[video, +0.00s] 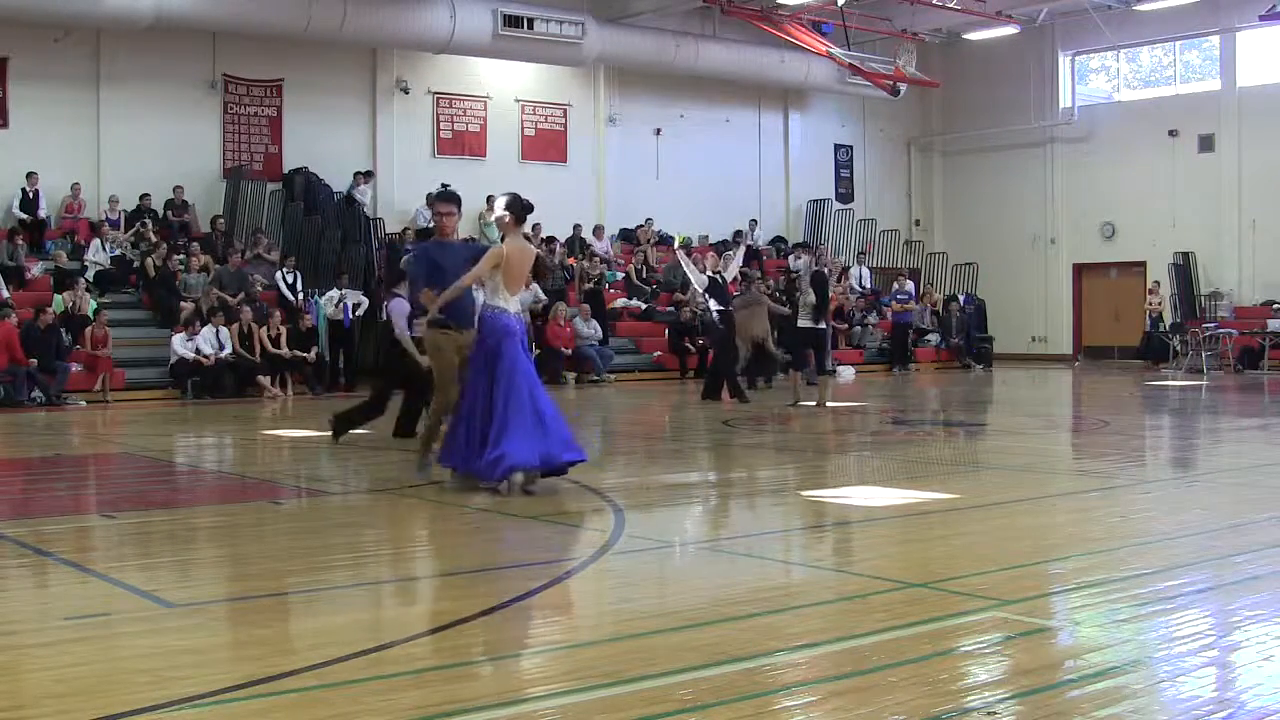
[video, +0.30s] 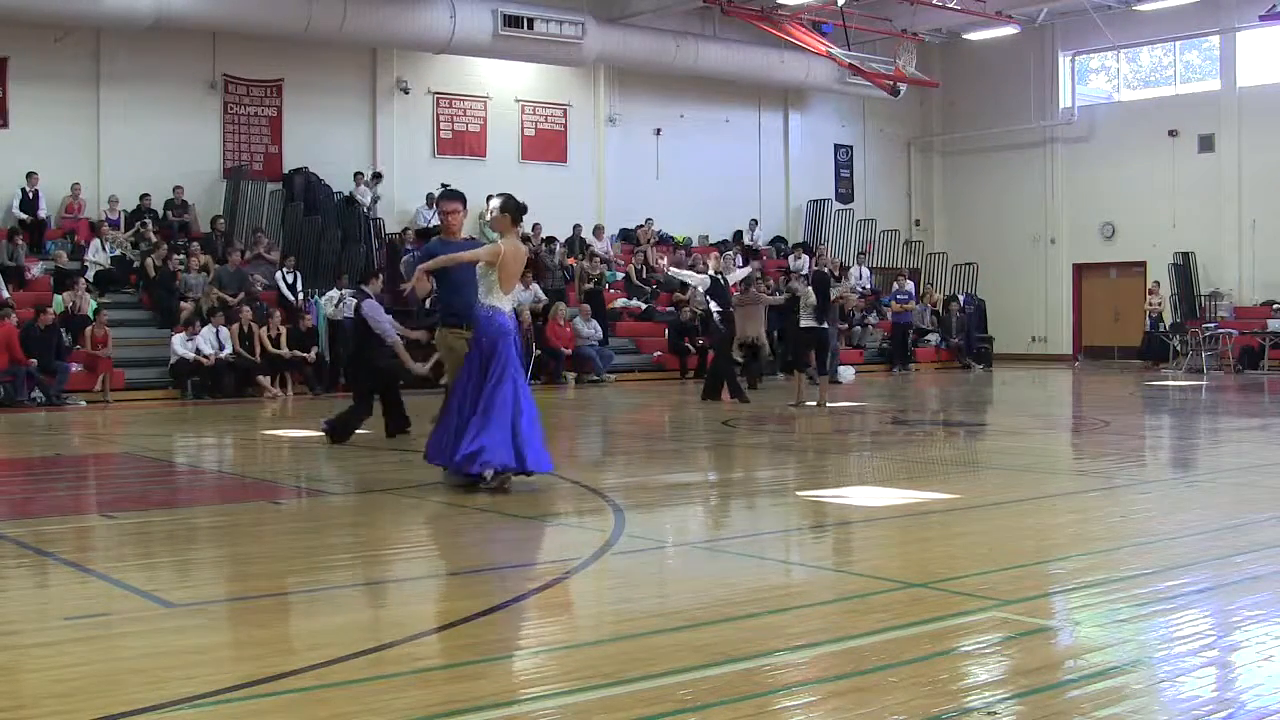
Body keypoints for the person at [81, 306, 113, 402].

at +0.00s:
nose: (106, 318)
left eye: (106, 315)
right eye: (104, 315)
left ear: (106, 317)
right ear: (97, 317)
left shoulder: (108, 331)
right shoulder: (89, 330)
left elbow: (109, 349)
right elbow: (88, 350)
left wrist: (103, 352)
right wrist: (99, 353)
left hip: (103, 355)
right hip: (92, 356)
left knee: (104, 359)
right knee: (107, 363)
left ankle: (98, 382)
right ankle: (107, 393)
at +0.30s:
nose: (106, 317)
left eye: (106, 315)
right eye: (104, 315)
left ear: (106, 317)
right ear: (97, 316)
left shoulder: (108, 331)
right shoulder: (89, 330)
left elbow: (109, 349)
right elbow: (89, 350)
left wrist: (99, 352)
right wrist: (101, 353)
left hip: (103, 355)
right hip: (92, 356)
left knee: (105, 361)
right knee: (107, 364)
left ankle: (99, 382)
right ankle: (107, 393)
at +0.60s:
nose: (106, 317)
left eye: (106, 315)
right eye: (104, 315)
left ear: (106, 317)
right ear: (97, 316)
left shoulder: (107, 331)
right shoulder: (89, 330)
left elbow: (109, 349)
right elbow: (88, 350)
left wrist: (100, 352)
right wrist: (100, 353)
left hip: (103, 355)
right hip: (92, 356)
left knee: (105, 361)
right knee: (107, 364)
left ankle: (99, 382)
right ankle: (107, 393)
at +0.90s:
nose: (106, 317)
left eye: (106, 314)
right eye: (104, 314)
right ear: (97, 316)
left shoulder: (107, 331)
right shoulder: (89, 330)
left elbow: (109, 349)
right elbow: (88, 350)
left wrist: (103, 351)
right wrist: (99, 353)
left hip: (103, 355)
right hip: (92, 356)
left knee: (104, 361)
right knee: (106, 365)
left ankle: (99, 382)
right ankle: (107, 393)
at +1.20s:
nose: (106, 317)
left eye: (106, 314)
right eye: (104, 314)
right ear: (97, 316)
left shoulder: (108, 331)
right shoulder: (89, 330)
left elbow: (109, 349)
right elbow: (88, 350)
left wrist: (103, 351)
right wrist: (99, 353)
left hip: (103, 355)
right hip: (92, 356)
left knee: (104, 361)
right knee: (107, 365)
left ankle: (99, 382)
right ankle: (107, 393)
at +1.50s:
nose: (106, 317)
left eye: (106, 314)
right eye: (104, 315)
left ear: (105, 316)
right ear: (97, 316)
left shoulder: (107, 330)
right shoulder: (89, 330)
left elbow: (109, 349)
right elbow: (89, 350)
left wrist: (103, 352)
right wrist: (100, 353)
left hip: (103, 355)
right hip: (92, 356)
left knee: (104, 360)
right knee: (106, 365)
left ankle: (99, 382)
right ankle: (107, 393)